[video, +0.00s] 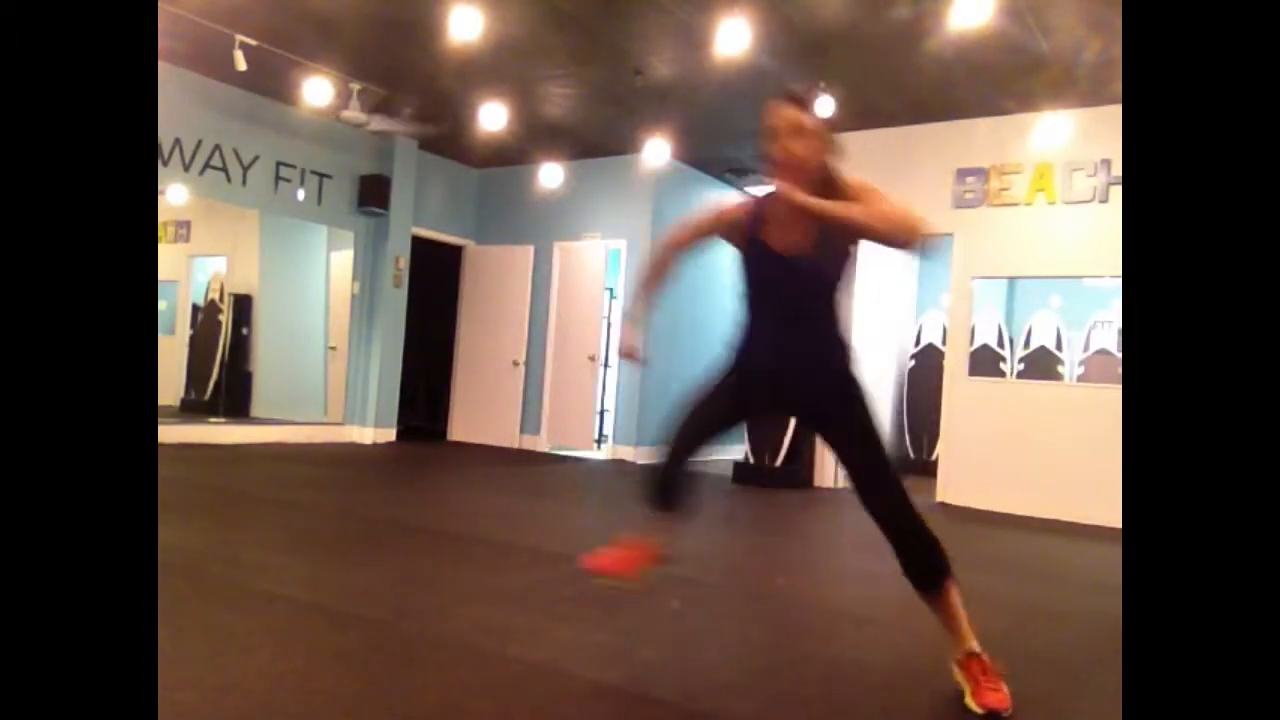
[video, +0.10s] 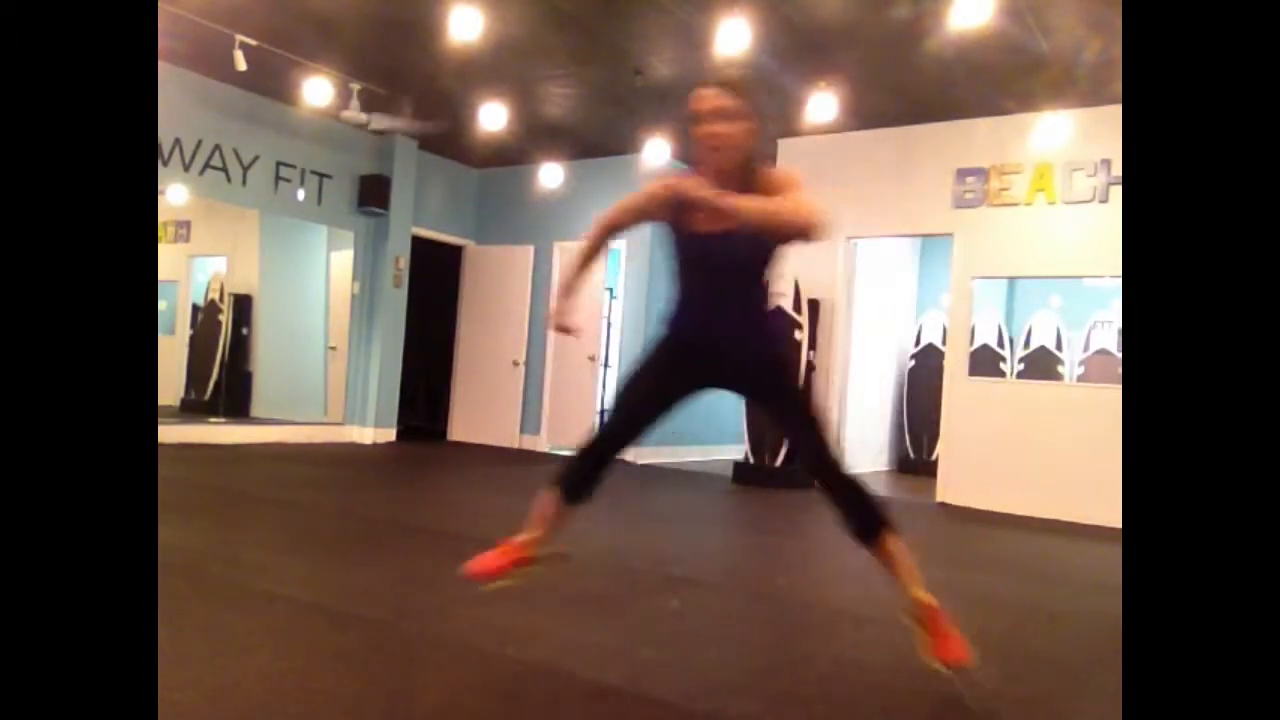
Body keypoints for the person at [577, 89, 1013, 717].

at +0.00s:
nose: (787, 148)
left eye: (800, 136)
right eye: (776, 137)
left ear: (824, 144)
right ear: (765, 147)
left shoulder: (847, 199)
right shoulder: (746, 214)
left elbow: (911, 230)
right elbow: (672, 247)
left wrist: (818, 206)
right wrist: (636, 315)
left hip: (823, 380)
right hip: (754, 375)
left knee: (887, 504)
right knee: (680, 448)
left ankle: (969, 651)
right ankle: (654, 539)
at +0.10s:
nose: (714, 131)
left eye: (727, 118)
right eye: (702, 121)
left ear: (754, 129)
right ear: (690, 134)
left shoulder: (776, 184)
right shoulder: (676, 193)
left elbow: (806, 221)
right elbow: (607, 227)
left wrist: (733, 208)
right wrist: (565, 295)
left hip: (759, 353)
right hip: (688, 349)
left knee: (826, 469)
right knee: (607, 438)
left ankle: (919, 598)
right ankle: (529, 540)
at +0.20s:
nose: (644, 154)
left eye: (655, 141)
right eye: (634, 145)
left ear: (680, 149)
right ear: (624, 156)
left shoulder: (699, 217)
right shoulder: (605, 214)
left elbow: (707, 269)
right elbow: (550, 249)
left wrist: (635, 235)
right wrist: (514, 299)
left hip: (684, 365)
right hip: (618, 361)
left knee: (743, 469)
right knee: (549, 465)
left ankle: (822, 562)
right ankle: (474, 578)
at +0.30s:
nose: (573, 210)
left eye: (586, 199)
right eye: (564, 199)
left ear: (610, 207)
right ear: (554, 208)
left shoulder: (634, 278)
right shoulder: (538, 263)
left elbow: (631, 347)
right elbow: (502, 299)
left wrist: (563, 293)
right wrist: (473, 341)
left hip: (619, 398)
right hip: (556, 391)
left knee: (657, 516)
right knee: (496, 486)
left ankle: (701, 522)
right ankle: (464, 602)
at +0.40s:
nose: (516, 253)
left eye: (530, 242)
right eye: (507, 242)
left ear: (558, 252)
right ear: (499, 250)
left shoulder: (579, 317)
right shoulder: (496, 301)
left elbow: (568, 414)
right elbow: (474, 337)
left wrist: (504, 346)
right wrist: (461, 373)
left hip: (582, 414)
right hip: (524, 400)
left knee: (564, 550)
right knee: (473, 492)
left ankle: (604, 535)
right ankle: (462, 604)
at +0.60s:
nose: (480, 290)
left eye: (496, 279)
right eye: (472, 277)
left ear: (524, 290)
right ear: (461, 283)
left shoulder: (551, 354)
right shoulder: (459, 334)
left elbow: (531, 453)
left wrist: (464, 384)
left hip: (553, 428)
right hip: (492, 405)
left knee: (494, 548)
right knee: (464, 493)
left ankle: (452, 525)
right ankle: (461, 604)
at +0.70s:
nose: (494, 271)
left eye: (510, 260)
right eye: (487, 258)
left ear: (537, 272)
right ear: (477, 266)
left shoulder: (565, 338)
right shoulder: (467, 316)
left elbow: (564, 432)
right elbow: (445, 352)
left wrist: (490, 373)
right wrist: (447, 354)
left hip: (540, 437)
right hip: (487, 418)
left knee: (494, 535)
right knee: (470, 502)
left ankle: (438, 506)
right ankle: (462, 605)